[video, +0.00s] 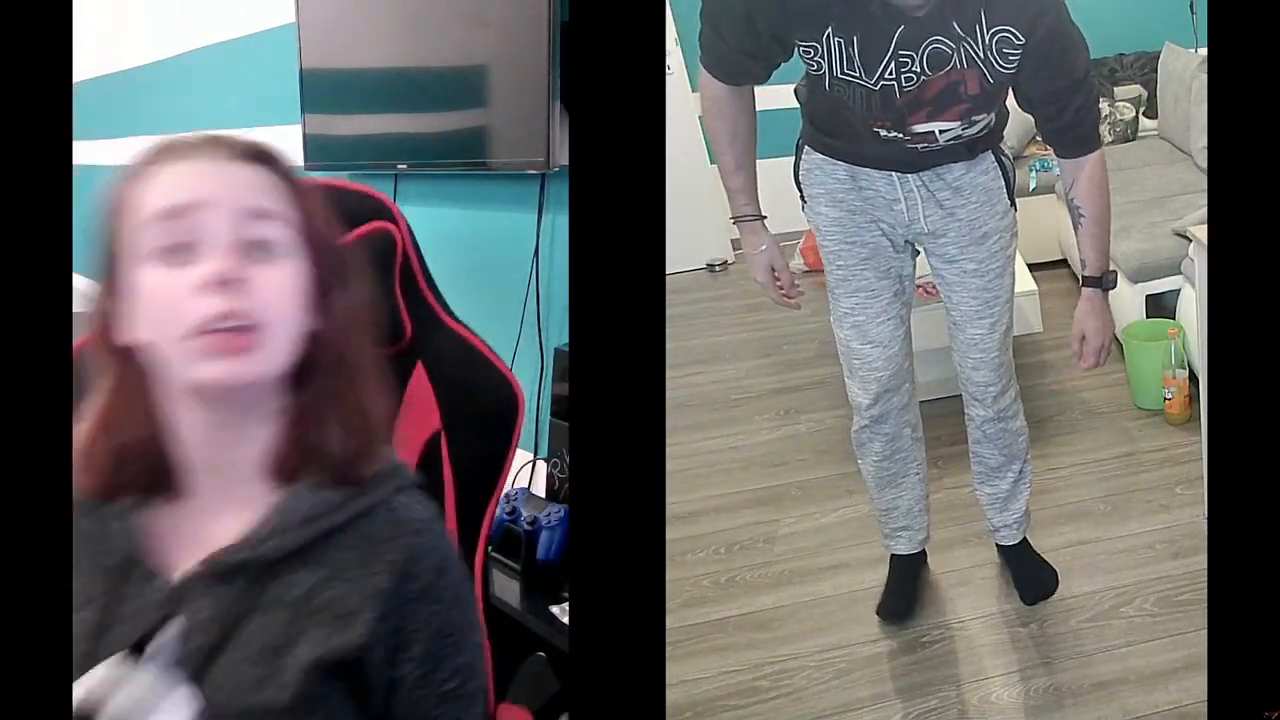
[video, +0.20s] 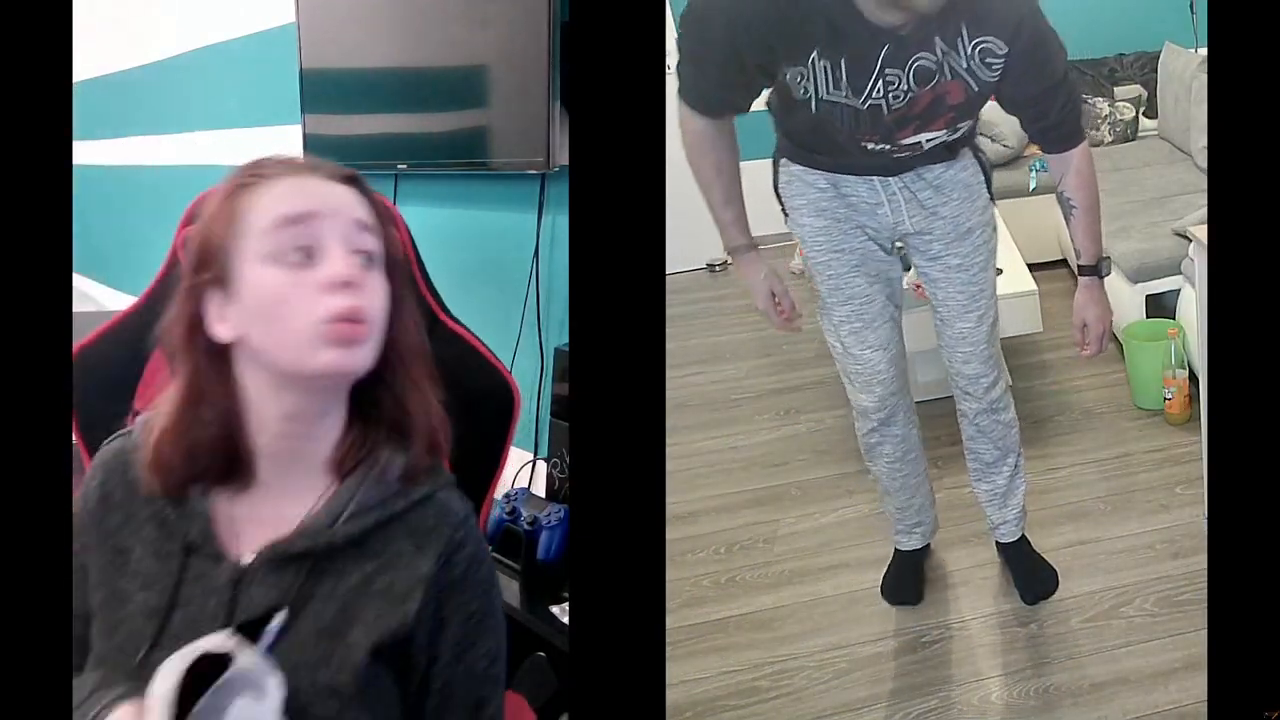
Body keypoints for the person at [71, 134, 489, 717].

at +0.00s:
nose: (225, 274)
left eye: (262, 246)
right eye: (177, 251)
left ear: (318, 295)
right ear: (118, 313)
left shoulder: (397, 553)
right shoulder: (84, 545)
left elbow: (453, 706)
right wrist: (86, 698)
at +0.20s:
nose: (348, 274)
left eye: (367, 256)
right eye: (301, 254)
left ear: (391, 300)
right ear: (219, 311)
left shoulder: (437, 538)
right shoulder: (119, 485)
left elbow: (468, 707)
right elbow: (74, 667)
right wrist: (109, 706)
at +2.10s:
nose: (299, 306)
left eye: (323, 280)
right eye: (259, 278)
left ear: (345, 313)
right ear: (190, 312)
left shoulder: (385, 525)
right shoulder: (131, 485)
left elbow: (404, 705)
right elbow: (82, 671)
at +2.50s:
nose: (306, 314)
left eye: (328, 287)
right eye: (265, 286)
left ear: (351, 318)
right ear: (195, 319)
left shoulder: (393, 530)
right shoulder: (135, 491)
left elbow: (415, 707)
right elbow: (78, 672)